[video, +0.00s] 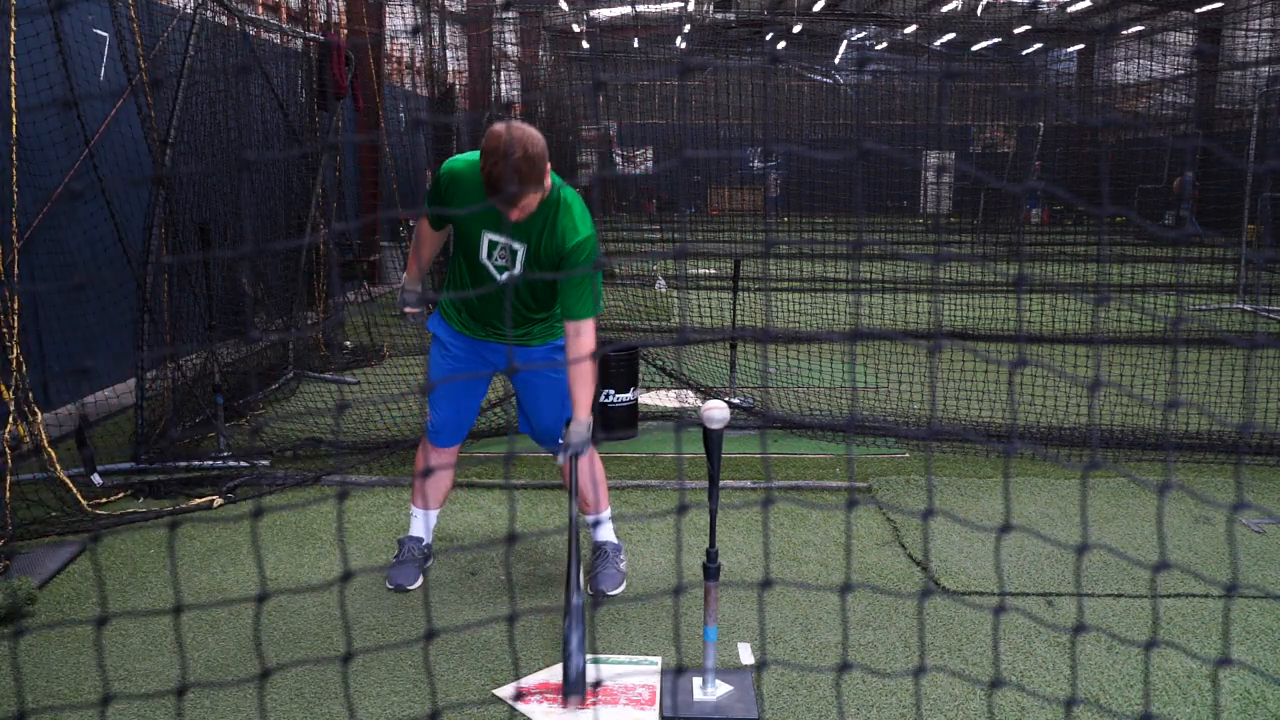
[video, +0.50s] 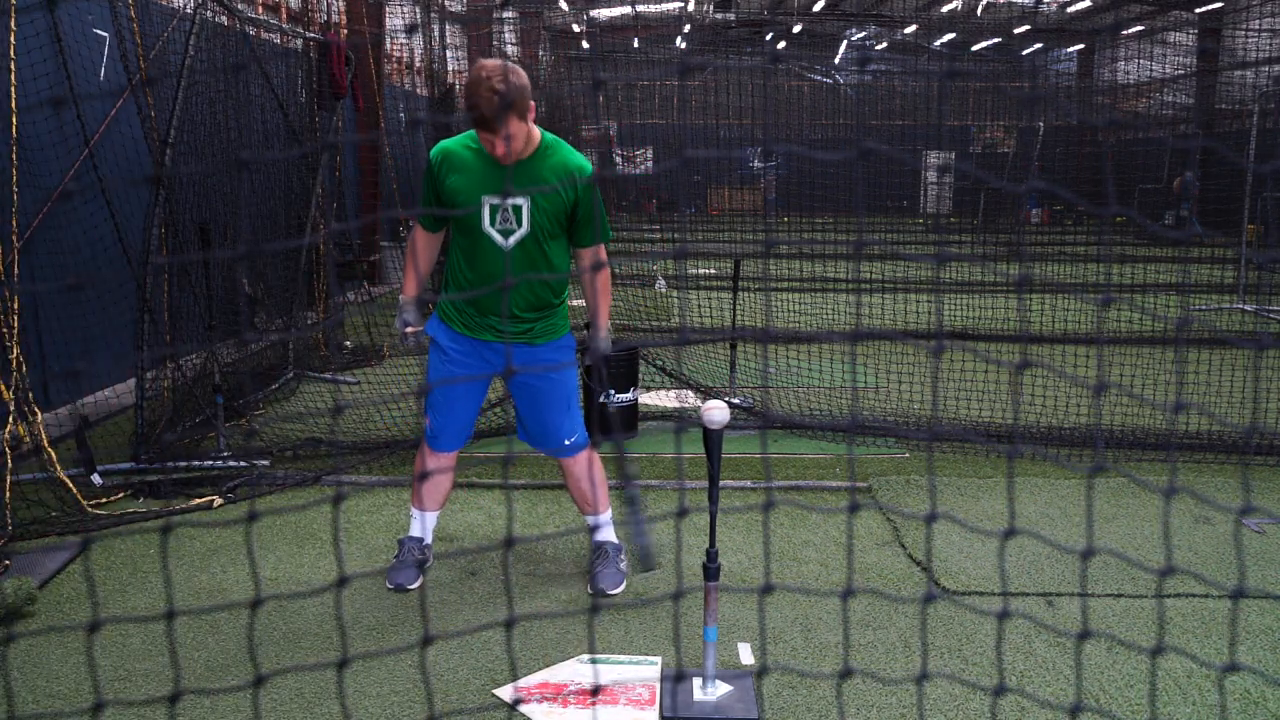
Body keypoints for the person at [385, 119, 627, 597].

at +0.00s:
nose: (514, 214)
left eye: (525, 204)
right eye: (504, 205)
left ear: (544, 179)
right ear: (486, 177)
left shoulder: (571, 223)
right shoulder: (456, 180)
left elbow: (580, 331)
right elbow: (432, 225)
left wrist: (581, 419)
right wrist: (413, 282)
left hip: (542, 337)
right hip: (462, 329)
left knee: (570, 439)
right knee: (440, 436)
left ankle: (606, 542)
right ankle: (418, 540)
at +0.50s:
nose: (499, 147)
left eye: (508, 135)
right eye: (487, 136)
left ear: (531, 112)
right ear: (473, 121)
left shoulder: (572, 172)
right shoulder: (447, 162)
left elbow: (594, 261)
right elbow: (427, 231)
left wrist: (601, 339)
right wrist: (409, 300)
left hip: (543, 336)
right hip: (460, 331)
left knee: (571, 445)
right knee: (438, 444)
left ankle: (605, 541)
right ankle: (417, 541)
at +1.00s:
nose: (491, 127)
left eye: (500, 113)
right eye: (479, 117)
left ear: (518, 94)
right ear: (461, 106)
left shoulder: (563, 157)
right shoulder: (440, 160)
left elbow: (606, 231)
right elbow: (419, 238)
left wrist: (651, 295)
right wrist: (401, 309)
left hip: (544, 330)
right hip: (462, 330)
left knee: (573, 442)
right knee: (440, 443)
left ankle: (606, 543)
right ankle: (419, 539)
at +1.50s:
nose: (464, 107)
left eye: (473, 92)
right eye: (451, 97)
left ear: (490, 83)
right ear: (436, 96)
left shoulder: (537, 152)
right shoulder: (416, 164)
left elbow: (610, 200)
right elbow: (395, 243)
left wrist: (685, 235)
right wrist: (370, 315)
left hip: (529, 331)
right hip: (449, 332)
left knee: (566, 441)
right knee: (429, 445)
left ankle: (607, 540)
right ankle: (417, 540)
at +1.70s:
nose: (484, 90)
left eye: (491, 77)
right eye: (470, 82)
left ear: (507, 74)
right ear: (452, 87)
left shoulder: (549, 153)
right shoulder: (432, 160)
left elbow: (609, 219)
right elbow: (417, 242)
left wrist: (668, 279)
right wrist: (394, 312)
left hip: (538, 330)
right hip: (458, 331)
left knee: (572, 442)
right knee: (436, 445)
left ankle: (608, 541)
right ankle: (419, 539)